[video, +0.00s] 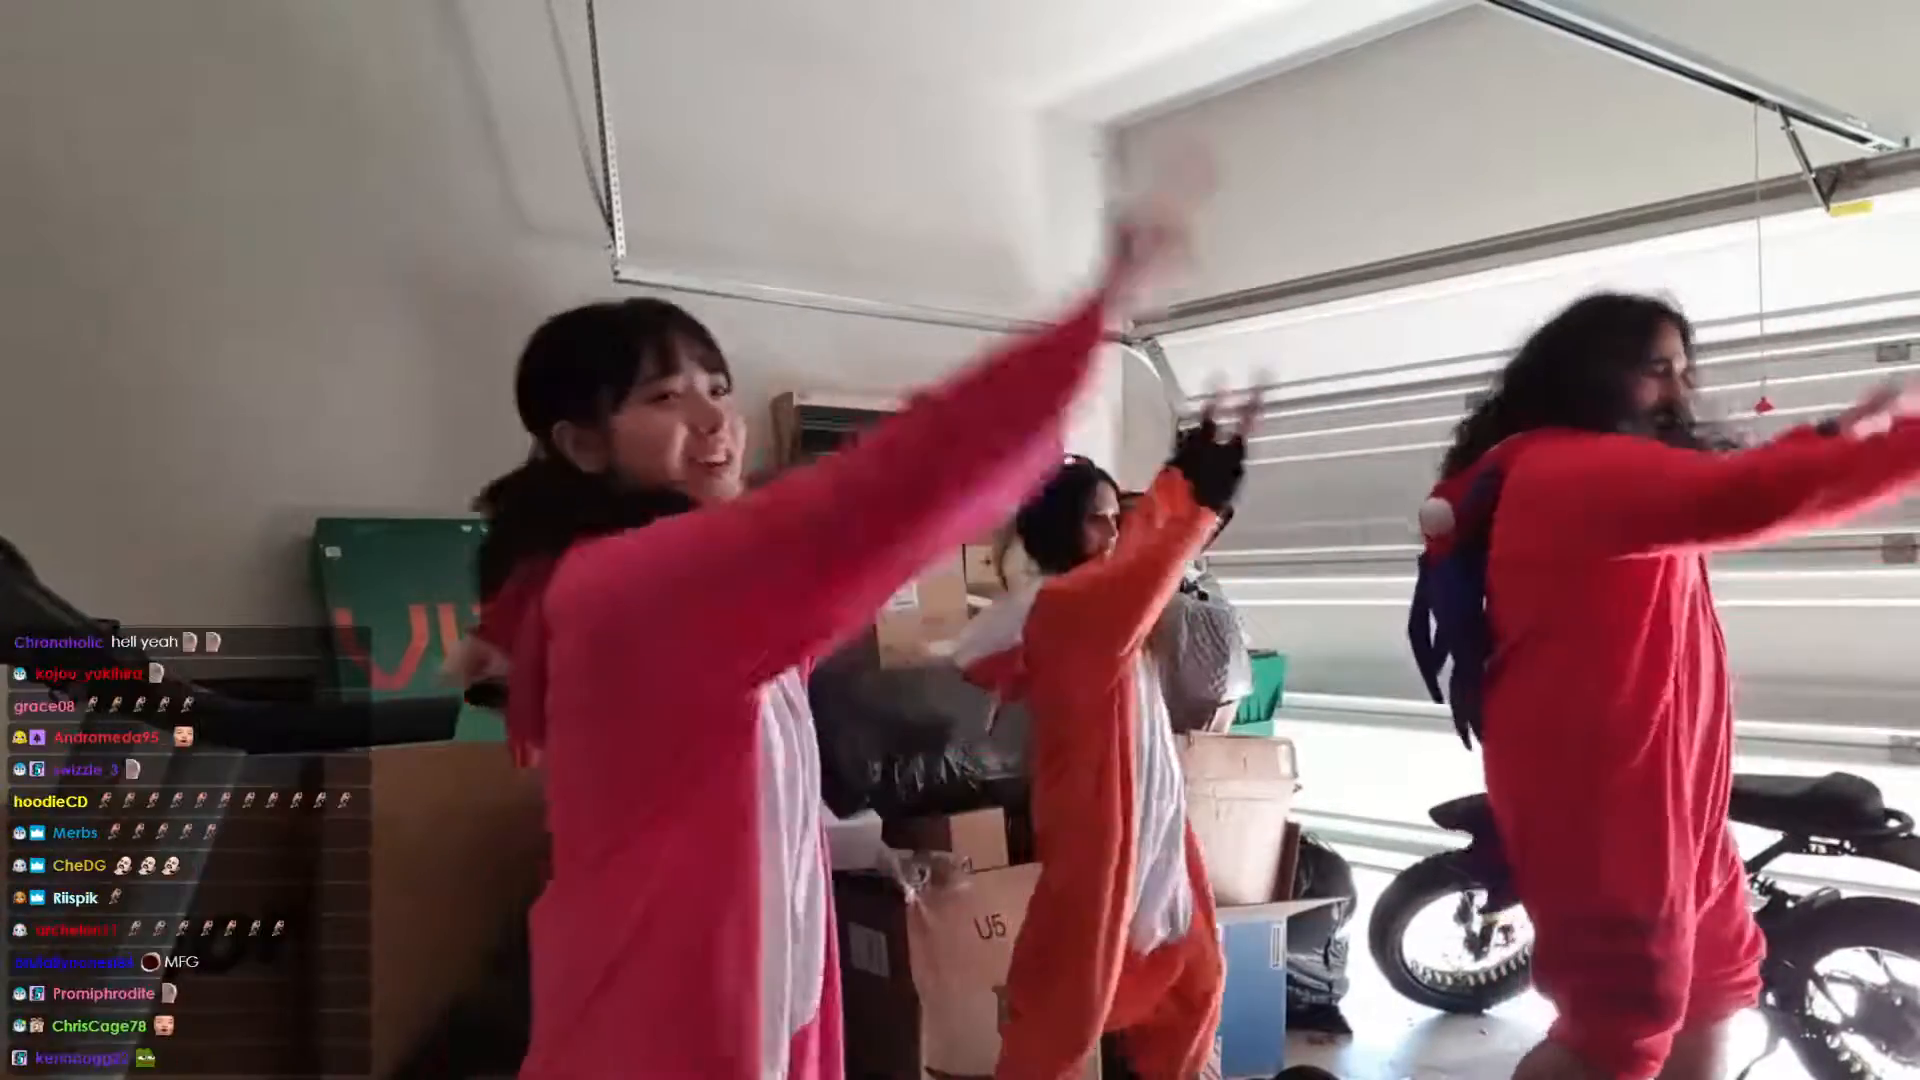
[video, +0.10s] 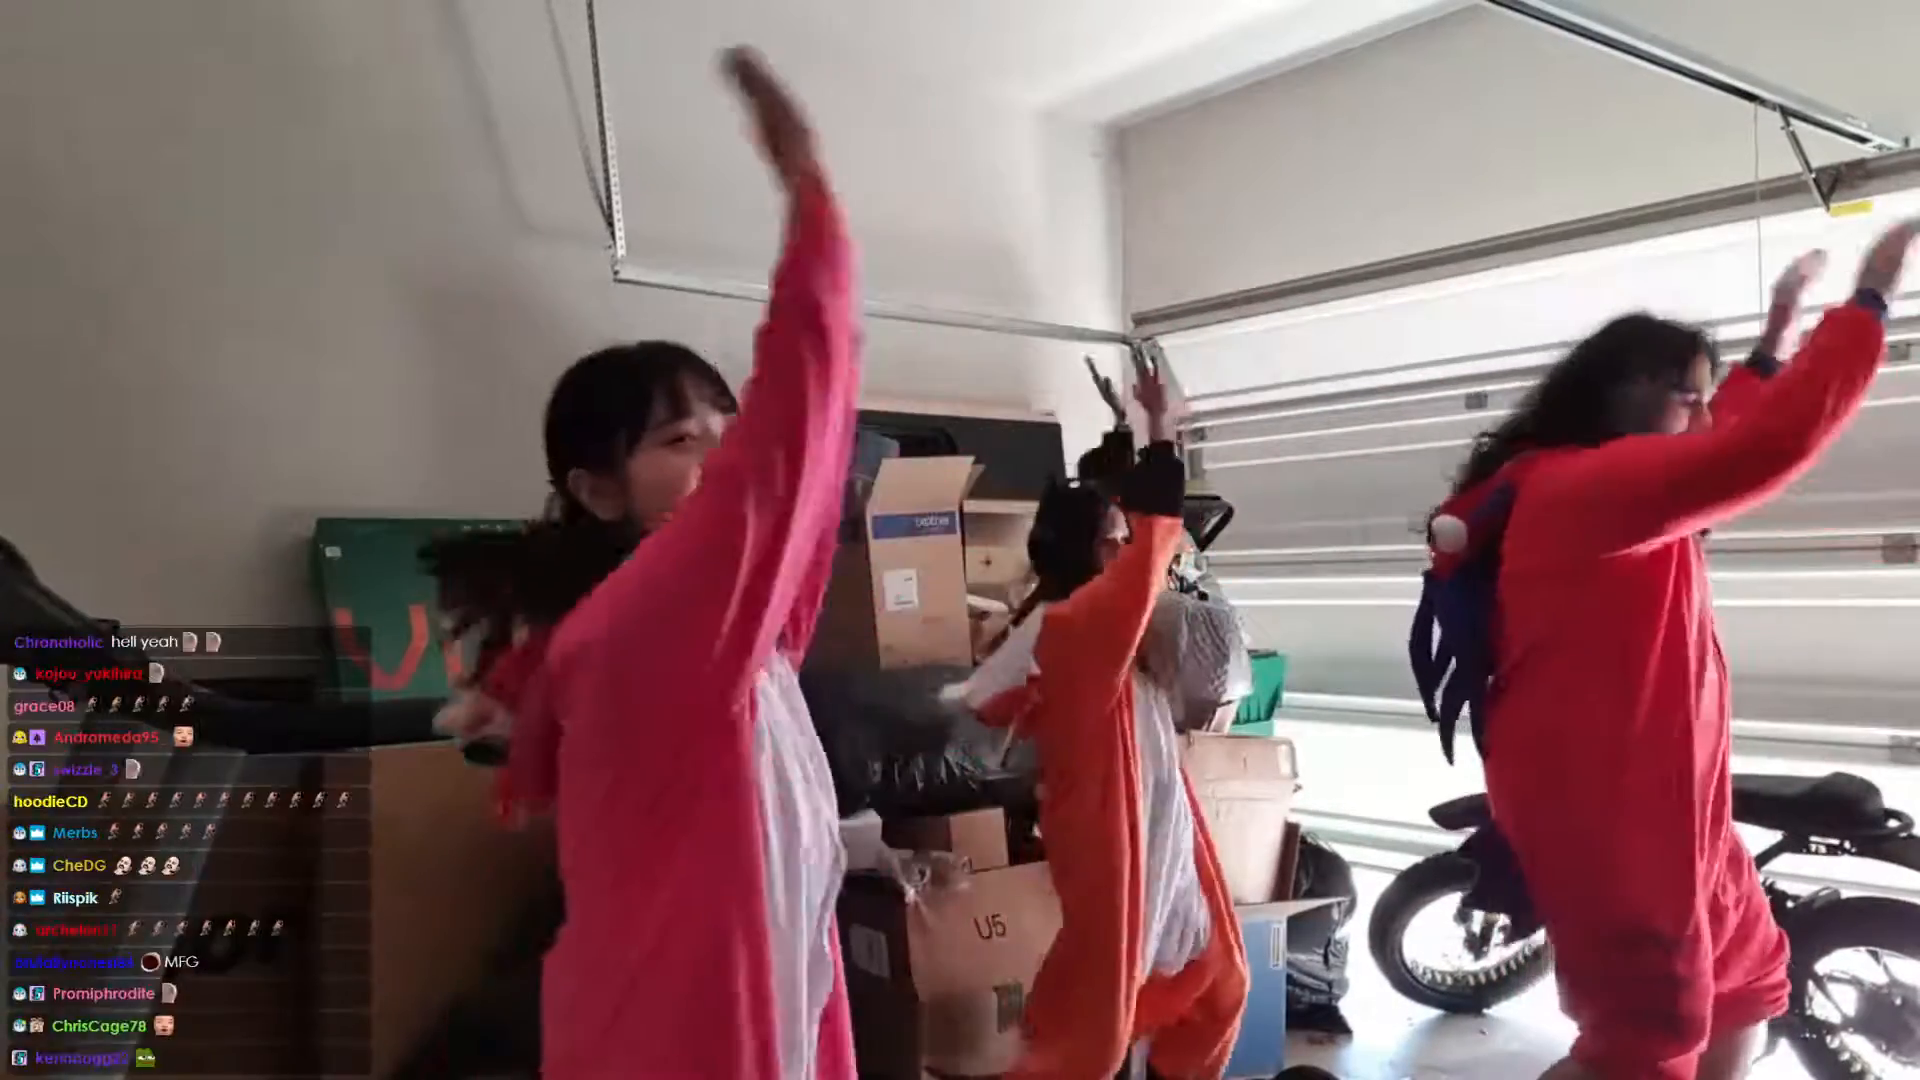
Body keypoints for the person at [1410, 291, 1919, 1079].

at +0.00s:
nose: (1679, 392)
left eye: (1684, 374)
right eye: (1657, 370)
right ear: (1592, 374)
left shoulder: (1621, 469)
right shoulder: (1559, 474)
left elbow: (1727, 473)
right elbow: (1734, 497)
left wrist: (1839, 432)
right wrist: (1909, 441)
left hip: (1671, 795)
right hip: (1598, 809)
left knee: (1716, 990)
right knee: (1620, 1030)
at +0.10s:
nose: (1703, 421)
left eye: (1706, 405)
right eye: (1689, 401)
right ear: (1630, 395)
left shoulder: (1620, 481)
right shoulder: (1570, 490)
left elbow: (1718, 447)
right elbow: (1753, 458)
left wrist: (1774, 346)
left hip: (1669, 795)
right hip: (1603, 815)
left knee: (1746, 984)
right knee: (1649, 1037)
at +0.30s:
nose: (1724, 403)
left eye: (1725, 382)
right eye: (1709, 381)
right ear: (1655, 381)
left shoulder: (1624, 466)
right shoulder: (1583, 468)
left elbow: (1737, 491)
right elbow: (1782, 513)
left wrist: (1828, 428)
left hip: (1651, 795)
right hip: (1592, 809)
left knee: (1700, 981)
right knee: (1614, 1028)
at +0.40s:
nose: (1725, 395)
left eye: (1729, 375)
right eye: (1712, 373)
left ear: (1634, 367)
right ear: (1657, 369)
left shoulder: (1617, 460)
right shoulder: (1604, 471)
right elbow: (1743, 596)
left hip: (1634, 788)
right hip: (1585, 795)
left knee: (1660, 989)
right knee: (1582, 1015)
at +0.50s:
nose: (1756, 407)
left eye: (1760, 388)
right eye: (1739, 384)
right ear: (1682, 379)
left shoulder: (1657, 476)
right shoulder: (1620, 484)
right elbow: (1655, 665)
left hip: (1626, 784)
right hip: (1575, 791)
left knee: (1643, 998)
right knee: (1571, 1019)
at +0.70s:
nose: (1734, 384)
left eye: (1735, 362)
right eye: (1717, 364)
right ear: (1668, 369)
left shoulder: (1669, 471)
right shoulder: (1614, 471)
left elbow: (1688, 645)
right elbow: (1641, 648)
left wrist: (1713, 782)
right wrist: (1714, 793)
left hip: (1633, 768)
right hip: (1569, 773)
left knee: (1638, 1000)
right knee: (1561, 1014)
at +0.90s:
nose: (1626, 373)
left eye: (1637, 355)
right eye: (1599, 356)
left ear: (1654, 367)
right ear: (1547, 370)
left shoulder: (1611, 464)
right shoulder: (1547, 469)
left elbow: (1713, 483)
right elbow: (1746, 504)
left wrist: (1831, 438)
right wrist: (1908, 465)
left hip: (1660, 791)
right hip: (1578, 805)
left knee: (1676, 990)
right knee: (1568, 1023)